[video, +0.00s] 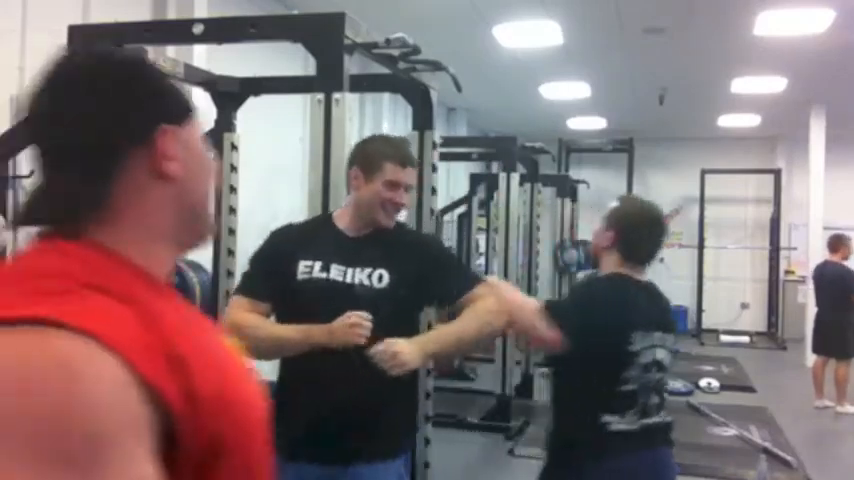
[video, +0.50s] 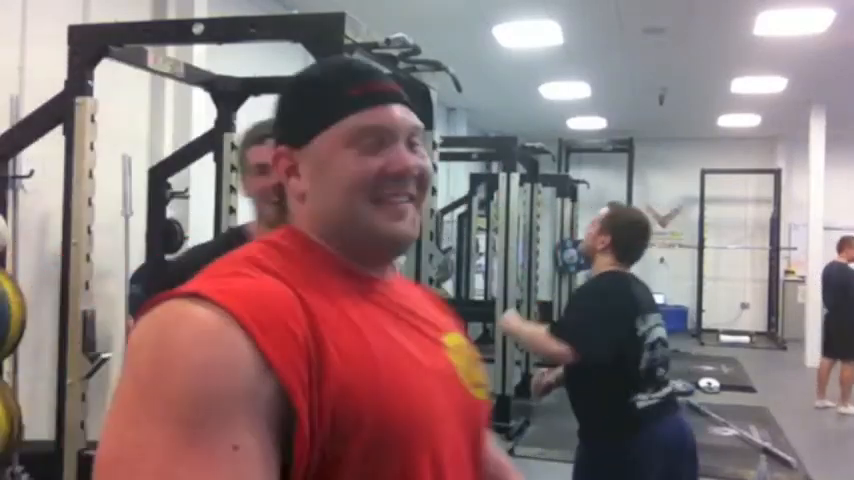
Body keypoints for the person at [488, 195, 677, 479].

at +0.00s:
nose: (594, 233)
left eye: (601, 227)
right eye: (600, 226)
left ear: (610, 238)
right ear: (649, 248)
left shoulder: (593, 295)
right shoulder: (659, 303)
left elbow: (549, 333)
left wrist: (504, 295)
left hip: (590, 455)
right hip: (654, 451)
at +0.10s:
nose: (615, 235)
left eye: (622, 231)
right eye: (621, 229)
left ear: (632, 248)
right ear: (667, 258)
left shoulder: (609, 300)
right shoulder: (669, 305)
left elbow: (574, 348)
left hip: (614, 455)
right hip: (673, 449)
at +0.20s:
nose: (619, 229)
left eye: (627, 226)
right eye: (626, 223)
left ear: (636, 244)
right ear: (666, 255)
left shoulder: (626, 294)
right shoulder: (670, 299)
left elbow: (603, 346)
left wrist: (527, 316)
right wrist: (553, 334)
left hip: (628, 452)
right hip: (680, 447)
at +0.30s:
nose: (610, 225)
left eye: (617, 221)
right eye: (615, 219)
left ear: (629, 236)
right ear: (658, 244)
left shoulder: (622, 286)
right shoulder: (663, 287)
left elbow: (600, 336)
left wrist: (535, 305)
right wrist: (574, 348)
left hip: (627, 439)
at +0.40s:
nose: (601, 224)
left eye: (608, 219)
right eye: (606, 217)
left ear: (619, 235)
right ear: (647, 242)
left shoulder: (614, 285)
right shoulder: (649, 285)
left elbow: (588, 335)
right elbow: (626, 350)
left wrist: (533, 308)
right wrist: (572, 357)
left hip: (618, 437)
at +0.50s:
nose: (588, 229)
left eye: (595, 224)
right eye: (594, 222)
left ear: (605, 241)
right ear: (632, 248)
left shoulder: (596, 293)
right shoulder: (637, 289)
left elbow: (564, 349)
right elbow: (615, 352)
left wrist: (516, 326)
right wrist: (560, 375)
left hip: (618, 439)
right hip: (667, 424)